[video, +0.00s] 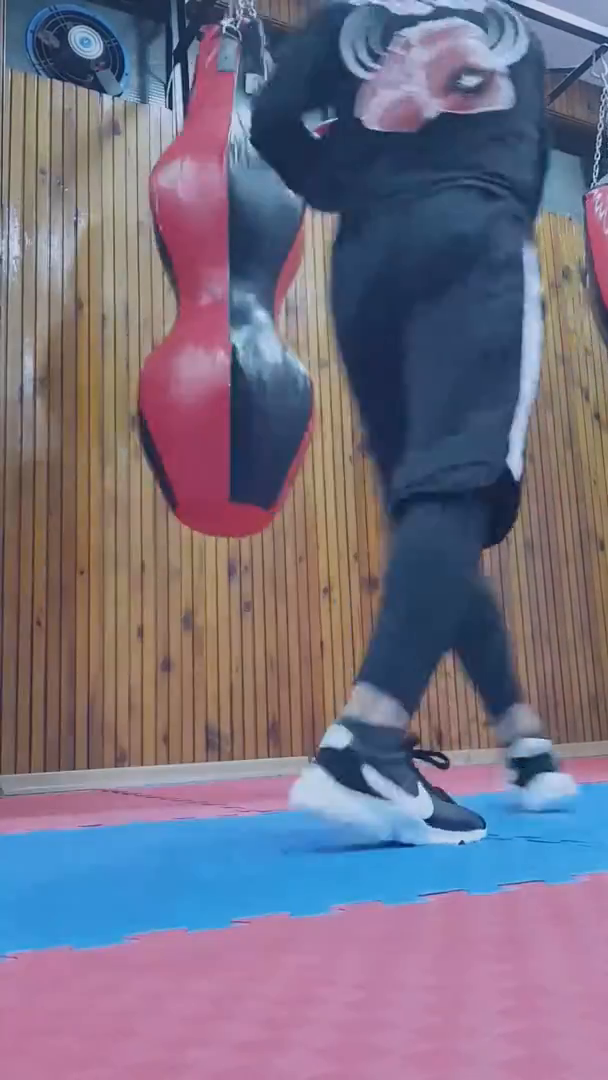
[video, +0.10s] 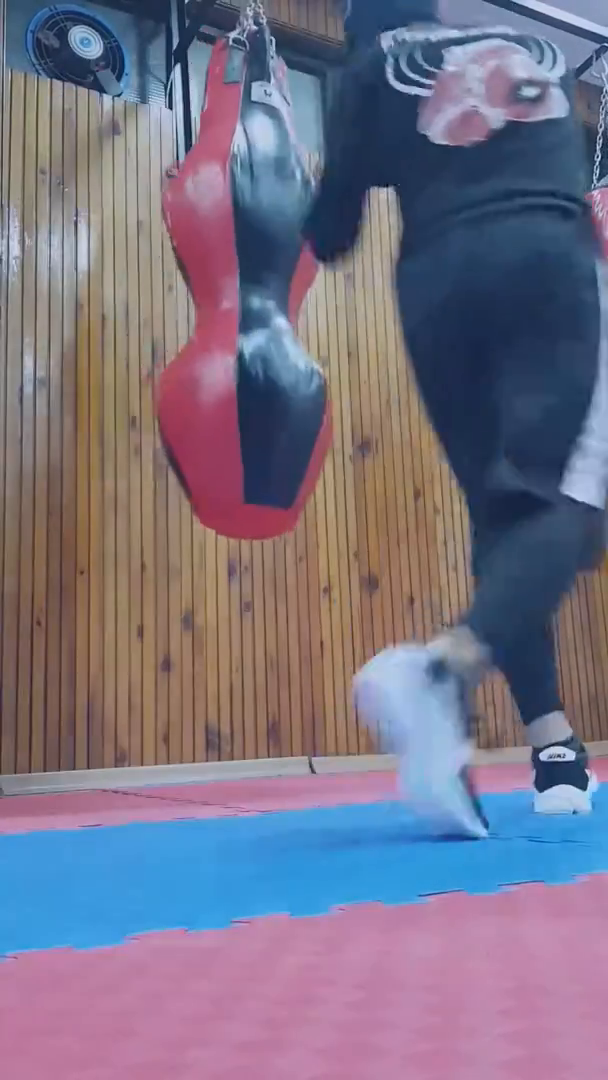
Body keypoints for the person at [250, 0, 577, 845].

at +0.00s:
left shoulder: (348, 17)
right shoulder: (515, 17)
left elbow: (272, 118)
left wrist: (351, 191)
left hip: (367, 234)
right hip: (473, 217)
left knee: (427, 501)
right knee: (455, 486)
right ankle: (366, 742)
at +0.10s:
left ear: (398, 10)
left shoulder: (376, 61)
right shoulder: (559, 34)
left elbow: (332, 231)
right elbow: (590, 164)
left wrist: (315, 183)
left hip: (435, 267)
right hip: (549, 246)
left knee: (497, 508)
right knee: (568, 502)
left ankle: (554, 748)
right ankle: (440, 672)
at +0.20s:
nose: (387, 108)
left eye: (383, 95)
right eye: (384, 95)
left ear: (404, 79)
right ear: (455, 53)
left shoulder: (410, 123)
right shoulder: (567, 78)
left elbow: (397, 296)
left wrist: (381, 224)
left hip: (502, 298)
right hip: (597, 275)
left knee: (527, 550)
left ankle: (561, 754)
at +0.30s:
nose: (425, 122)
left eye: (423, 110)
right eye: (424, 110)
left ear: (443, 93)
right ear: (493, 68)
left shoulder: (451, 131)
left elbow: (460, 300)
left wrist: (419, 219)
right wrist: (431, 217)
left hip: (557, 309)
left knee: (540, 536)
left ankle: (559, 751)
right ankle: (561, 748)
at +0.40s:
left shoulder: (517, 115)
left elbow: (498, 261)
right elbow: (502, 258)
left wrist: (454, 225)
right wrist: (465, 223)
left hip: (582, 351)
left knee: (554, 542)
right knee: (554, 538)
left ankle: (563, 739)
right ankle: (563, 738)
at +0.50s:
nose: (528, 129)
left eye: (532, 116)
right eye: (531, 120)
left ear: (556, 105)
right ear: (587, 98)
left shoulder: (565, 129)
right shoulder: (574, 132)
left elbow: (532, 211)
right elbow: (534, 211)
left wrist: (491, 280)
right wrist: (497, 274)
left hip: (602, 366)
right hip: (592, 368)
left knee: (577, 545)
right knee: (574, 543)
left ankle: (572, 744)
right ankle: (571, 742)